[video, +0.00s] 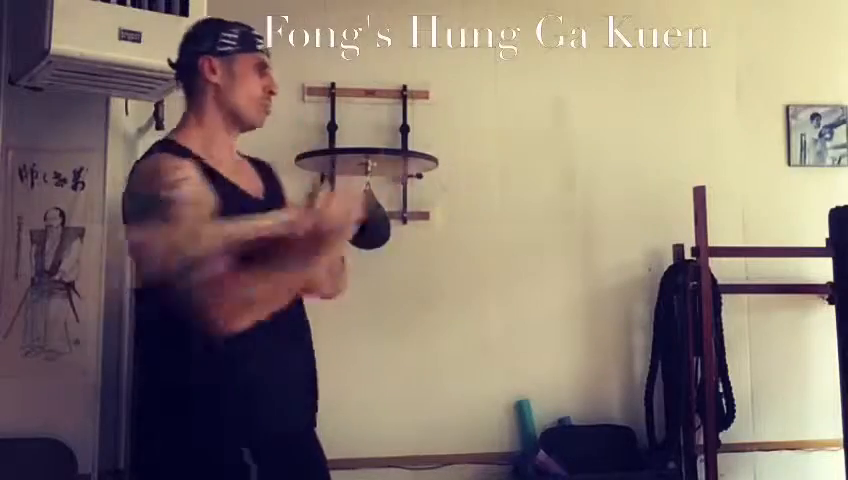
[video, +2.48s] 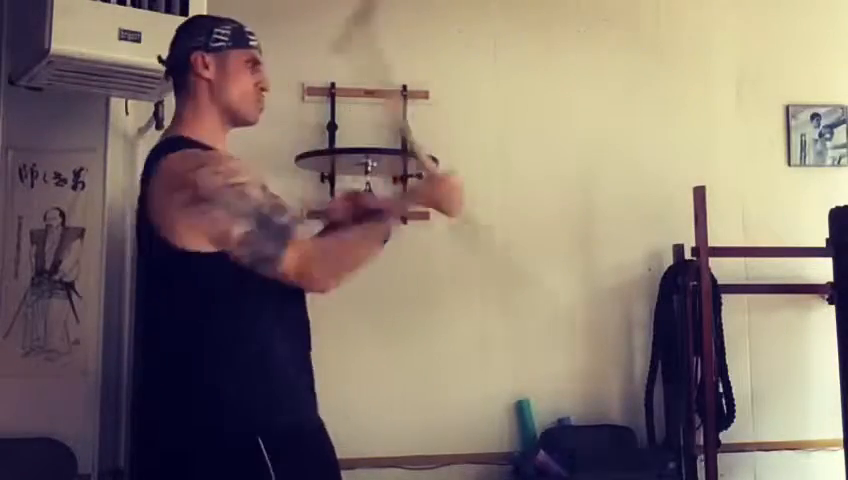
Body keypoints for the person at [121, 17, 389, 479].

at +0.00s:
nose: (273, 86)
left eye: (269, 71)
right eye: (260, 69)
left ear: (215, 71)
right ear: (211, 70)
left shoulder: (262, 175)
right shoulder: (165, 174)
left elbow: (332, 281)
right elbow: (223, 310)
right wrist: (315, 251)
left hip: (280, 423)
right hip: (198, 431)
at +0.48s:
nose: (295, 108)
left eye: (296, 96)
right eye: (286, 91)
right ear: (244, 86)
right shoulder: (207, 140)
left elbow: (286, 298)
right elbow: (380, 139)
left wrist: (330, 224)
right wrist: (405, 230)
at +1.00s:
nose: (298, 90)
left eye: (295, 75)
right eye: (286, 71)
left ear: (237, 72)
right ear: (239, 70)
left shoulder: (159, 166)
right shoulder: (254, 164)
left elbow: (251, 264)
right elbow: (336, 284)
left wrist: (349, 239)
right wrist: (386, 253)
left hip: (174, 413)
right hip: (261, 418)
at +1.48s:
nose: (304, 100)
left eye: (303, 87)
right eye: (295, 83)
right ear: (248, 77)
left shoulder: (307, 190)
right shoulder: (164, 173)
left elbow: (334, 291)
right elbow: (45, 255)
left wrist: (254, 291)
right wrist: (110, 314)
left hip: (283, 430)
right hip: (183, 436)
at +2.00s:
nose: (301, 114)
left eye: (301, 100)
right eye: (295, 95)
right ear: (253, 80)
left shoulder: (144, 170)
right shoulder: (281, 140)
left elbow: (209, 292)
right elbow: (385, 182)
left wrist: (311, 270)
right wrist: (338, 239)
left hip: (164, 406)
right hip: (256, 407)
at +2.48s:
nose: (264, 83)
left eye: (261, 68)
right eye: (251, 65)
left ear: (204, 69)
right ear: (204, 66)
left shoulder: (179, 165)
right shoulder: (198, 172)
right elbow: (314, 268)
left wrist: (327, 225)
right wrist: (398, 209)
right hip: (248, 437)